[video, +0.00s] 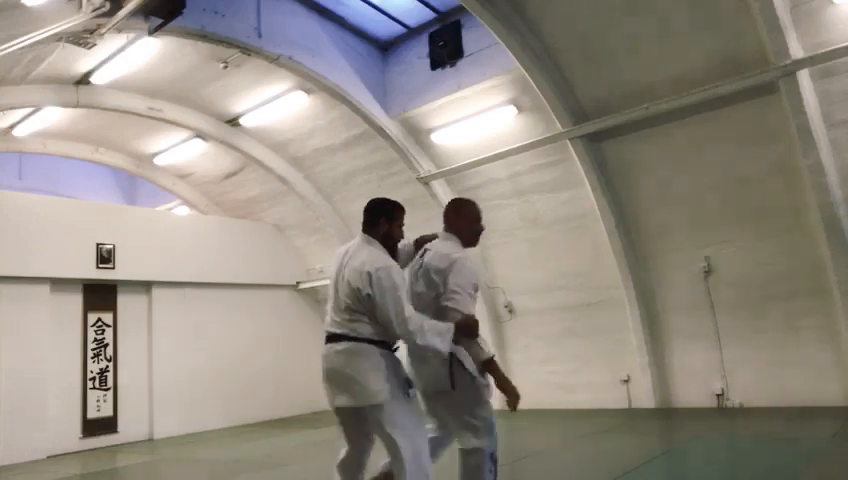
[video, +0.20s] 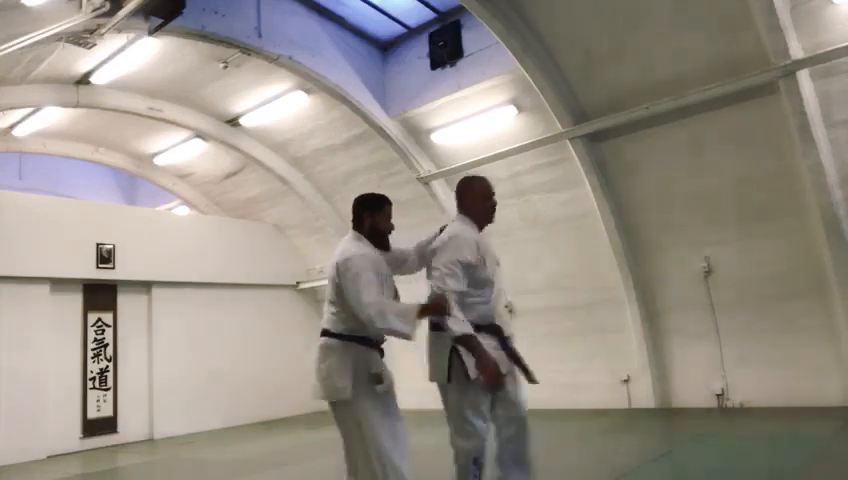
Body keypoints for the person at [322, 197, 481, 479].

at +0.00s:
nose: (403, 233)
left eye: (403, 226)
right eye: (400, 226)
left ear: (370, 225)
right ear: (382, 225)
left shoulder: (348, 252)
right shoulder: (381, 265)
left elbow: (387, 260)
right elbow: (404, 323)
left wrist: (416, 246)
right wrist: (453, 330)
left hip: (335, 357)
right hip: (368, 360)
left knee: (358, 443)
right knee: (409, 442)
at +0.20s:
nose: (392, 227)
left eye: (391, 220)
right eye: (387, 219)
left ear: (367, 220)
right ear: (368, 219)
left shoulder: (368, 252)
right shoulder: (357, 256)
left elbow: (412, 258)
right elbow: (373, 313)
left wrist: (445, 234)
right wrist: (422, 310)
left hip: (358, 355)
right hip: (349, 358)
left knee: (371, 445)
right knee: (377, 447)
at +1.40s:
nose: (307, 222)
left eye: (306, 216)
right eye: (299, 217)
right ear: (277, 223)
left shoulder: (320, 265)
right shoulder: (256, 270)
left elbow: (334, 316)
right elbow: (242, 326)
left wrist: (339, 360)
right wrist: (261, 372)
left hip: (317, 370)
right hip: (274, 374)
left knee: (336, 451)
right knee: (266, 458)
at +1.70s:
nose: (307, 222)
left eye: (306, 217)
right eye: (300, 217)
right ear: (278, 222)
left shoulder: (319, 266)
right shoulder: (255, 269)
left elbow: (333, 312)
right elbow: (245, 327)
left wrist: (341, 355)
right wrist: (266, 372)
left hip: (319, 371)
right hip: (273, 376)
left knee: (335, 456)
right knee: (266, 461)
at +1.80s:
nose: (307, 222)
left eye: (306, 217)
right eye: (300, 217)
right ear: (277, 222)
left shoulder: (318, 265)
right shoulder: (255, 269)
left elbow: (332, 312)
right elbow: (247, 327)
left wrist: (340, 356)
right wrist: (268, 371)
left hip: (319, 370)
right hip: (274, 375)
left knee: (336, 455)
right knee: (267, 461)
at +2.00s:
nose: (310, 227)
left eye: (308, 222)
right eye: (303, 223)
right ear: (279, 229)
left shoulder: (318, 271)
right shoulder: (259, 274)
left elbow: (331, 322)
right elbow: (250, 333)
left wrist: (350, 358)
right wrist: (277, 371)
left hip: (323, 374)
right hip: (277, 377)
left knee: (348, 443)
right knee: (269, 463)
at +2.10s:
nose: (321, 235)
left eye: (320, 230)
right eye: (314, 229)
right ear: (292, 233)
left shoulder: (323, 276)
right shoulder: (269, 276)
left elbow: (344, 318)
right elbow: (264, 335)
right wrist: (297, 356)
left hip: (321, 378)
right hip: (279, 383)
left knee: (354, 443)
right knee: (271, 467)